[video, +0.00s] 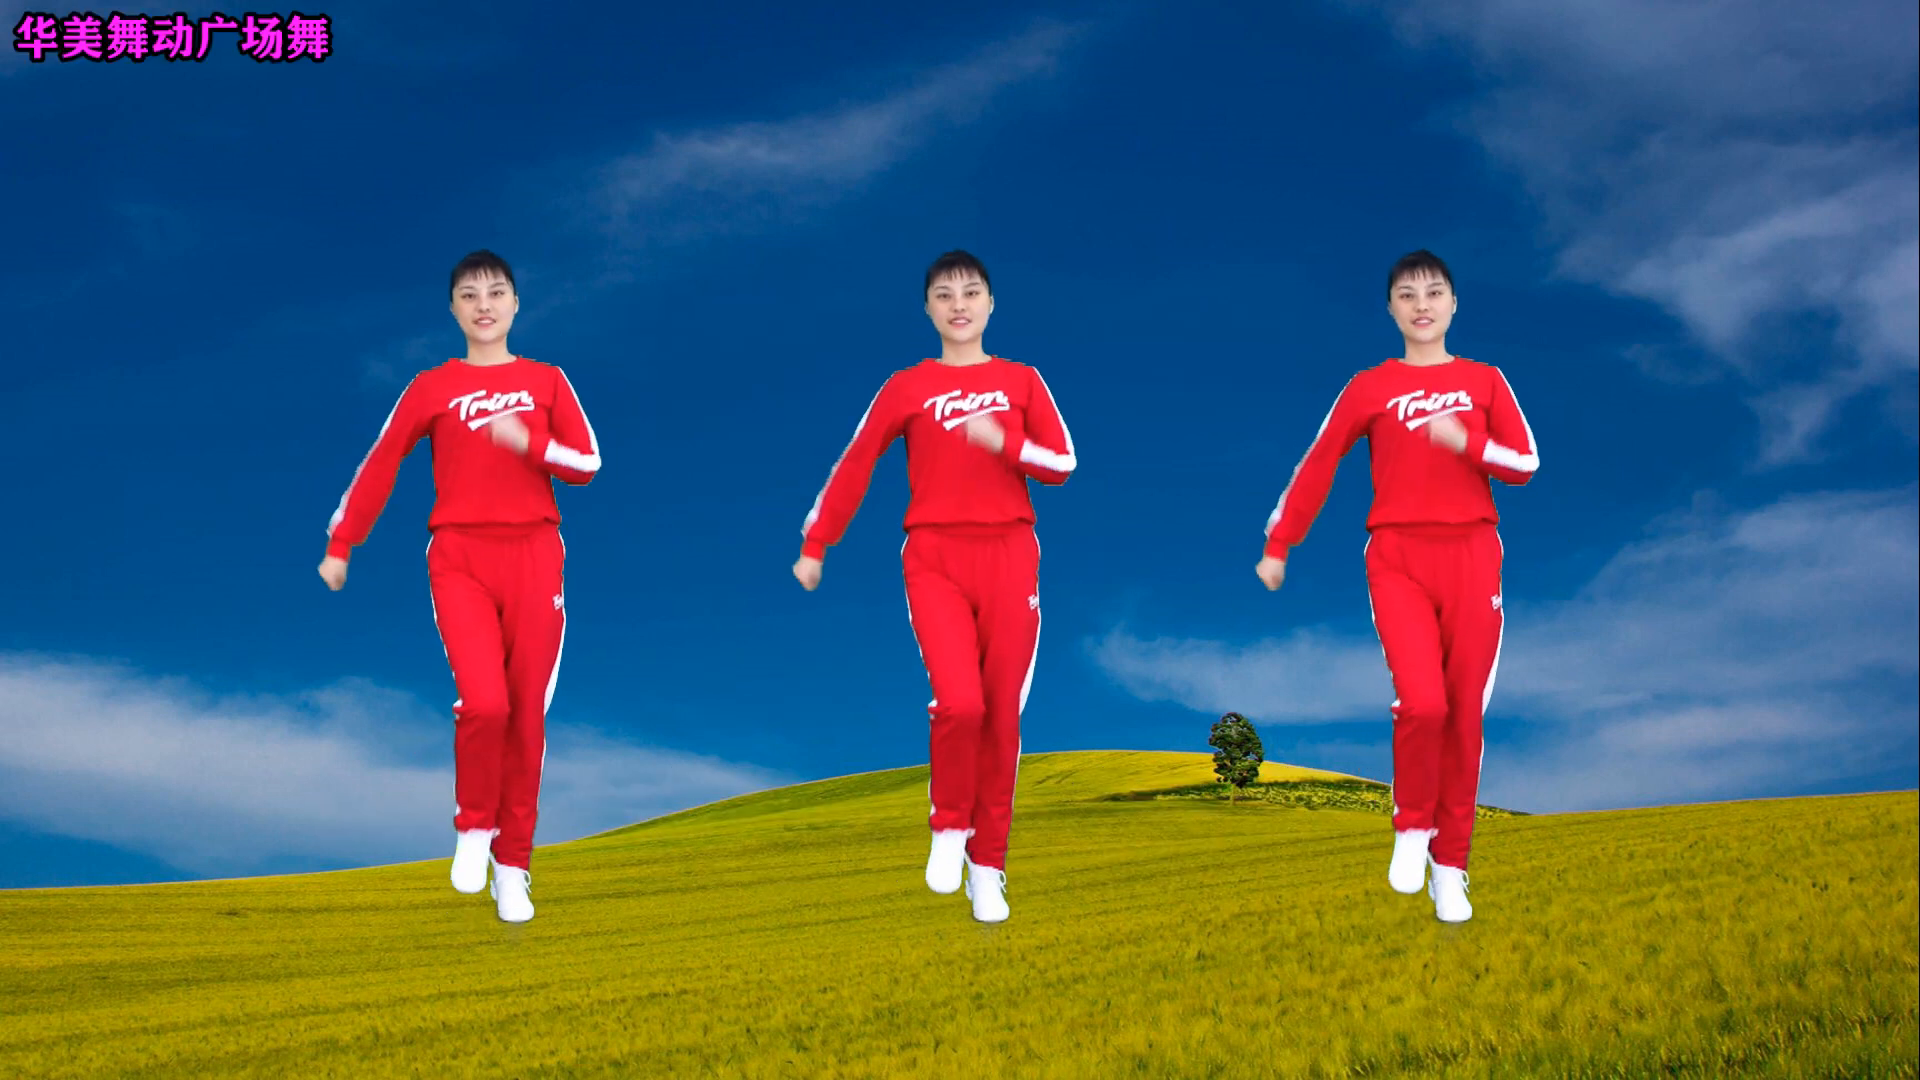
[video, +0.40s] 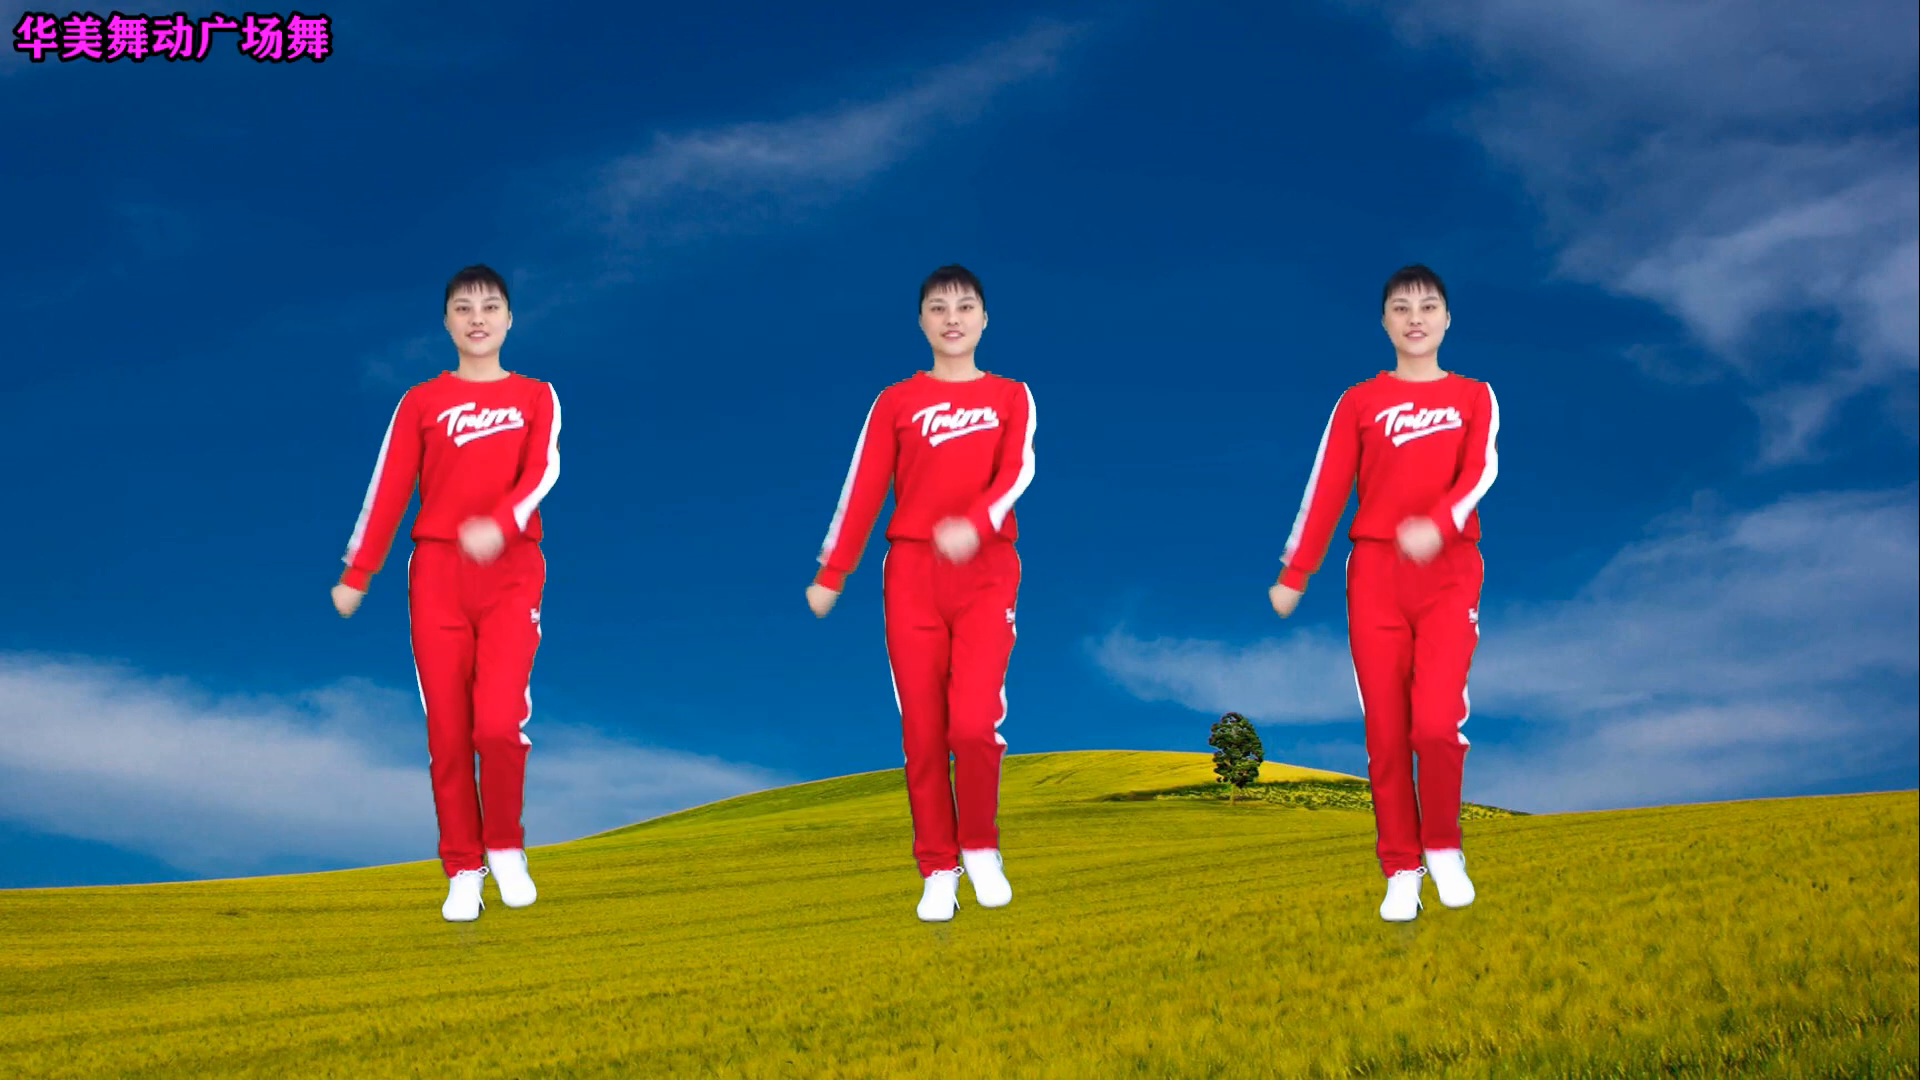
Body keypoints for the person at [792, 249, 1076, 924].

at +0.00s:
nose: (959, 305)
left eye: (970, 294)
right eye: (946, 295)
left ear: (989, 303)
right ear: (929, 308)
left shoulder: (1021, 380)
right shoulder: (905, 387)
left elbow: (1061, 465)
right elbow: (854, 463)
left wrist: (1006, 442)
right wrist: (815, 544)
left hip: (1009, 556)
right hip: (933, 556)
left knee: (1002, 712)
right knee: (960, 705)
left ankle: (989, 861)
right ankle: (950, 825)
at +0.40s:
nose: (953, 318)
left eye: (964, 307)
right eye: (940, 309)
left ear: (983, 318)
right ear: (923, 322)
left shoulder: (1010, 394)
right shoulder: (895, 401)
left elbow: (1016, 475)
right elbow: (863, 488)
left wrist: (975, 522)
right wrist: (832, 570)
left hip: (986, 576)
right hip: (911, 576)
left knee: (974, 722)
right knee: (921, 728)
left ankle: (979, 849)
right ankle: (937, 867)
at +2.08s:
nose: (940, 302)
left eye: (953, 293)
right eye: (928, 292)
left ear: (971, 305)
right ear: (910, 305)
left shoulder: (998, 380)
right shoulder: (880, 382)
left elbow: (1049, 458)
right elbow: (831, 464)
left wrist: (1079, 540)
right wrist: (888, 427)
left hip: (976, 557)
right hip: (900, 557)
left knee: (958, 712)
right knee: (910, 718)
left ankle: (966, 846)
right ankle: (927, 861)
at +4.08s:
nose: (951, 305)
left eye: (962, 294)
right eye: (937, 297)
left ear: (981, 306)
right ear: (920, 313)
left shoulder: (1013, 383)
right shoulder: (898, 392)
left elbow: (1040, 466)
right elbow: (846, 474)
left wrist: (975, 441)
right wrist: (802, 554)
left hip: (999, 563)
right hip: (924, 564)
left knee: (992, 718)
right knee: (949, 697)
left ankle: (974, 864)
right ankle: (941, 807)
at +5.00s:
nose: (1005, 290)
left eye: (1003, 280)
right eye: (990, 282)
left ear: (995, 301)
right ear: (950, 301)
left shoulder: (1028, 380)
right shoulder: (932, 370)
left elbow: (1057, 472)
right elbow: (971, 299)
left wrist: (1071, 552)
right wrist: (1034, 247)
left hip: (1040, 553)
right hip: (967, 553)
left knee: (1063, 715)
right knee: (945, 717)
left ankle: (1089, 858)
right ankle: (925, 861)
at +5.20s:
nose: (1021, 302)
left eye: (1027, 293)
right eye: (1004, 295)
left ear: (1039, 309)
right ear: (976, 316)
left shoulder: (1072, 378)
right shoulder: (967, 379)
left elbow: (1105, 473)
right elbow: (917, 315)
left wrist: (1115, 558)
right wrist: (920, 227)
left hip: (1084, 558)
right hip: (1011, 558)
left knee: (1088, 725)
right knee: (997, 723)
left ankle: (1086, 867)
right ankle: (947, 852)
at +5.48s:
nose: (1044, 324)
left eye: (1054, 313)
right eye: (1029, 316)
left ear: (1071, 323)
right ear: (1012, 332)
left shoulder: (1112, 398)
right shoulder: (992, 407)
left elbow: (1141, 488)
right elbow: (910, 437)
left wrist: (1159, 568)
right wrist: (825, 458)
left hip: (1113, 570)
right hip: (1037, 575)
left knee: (1115, 726)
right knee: (1074, 706)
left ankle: (1086, 867)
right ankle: (1049, 791)